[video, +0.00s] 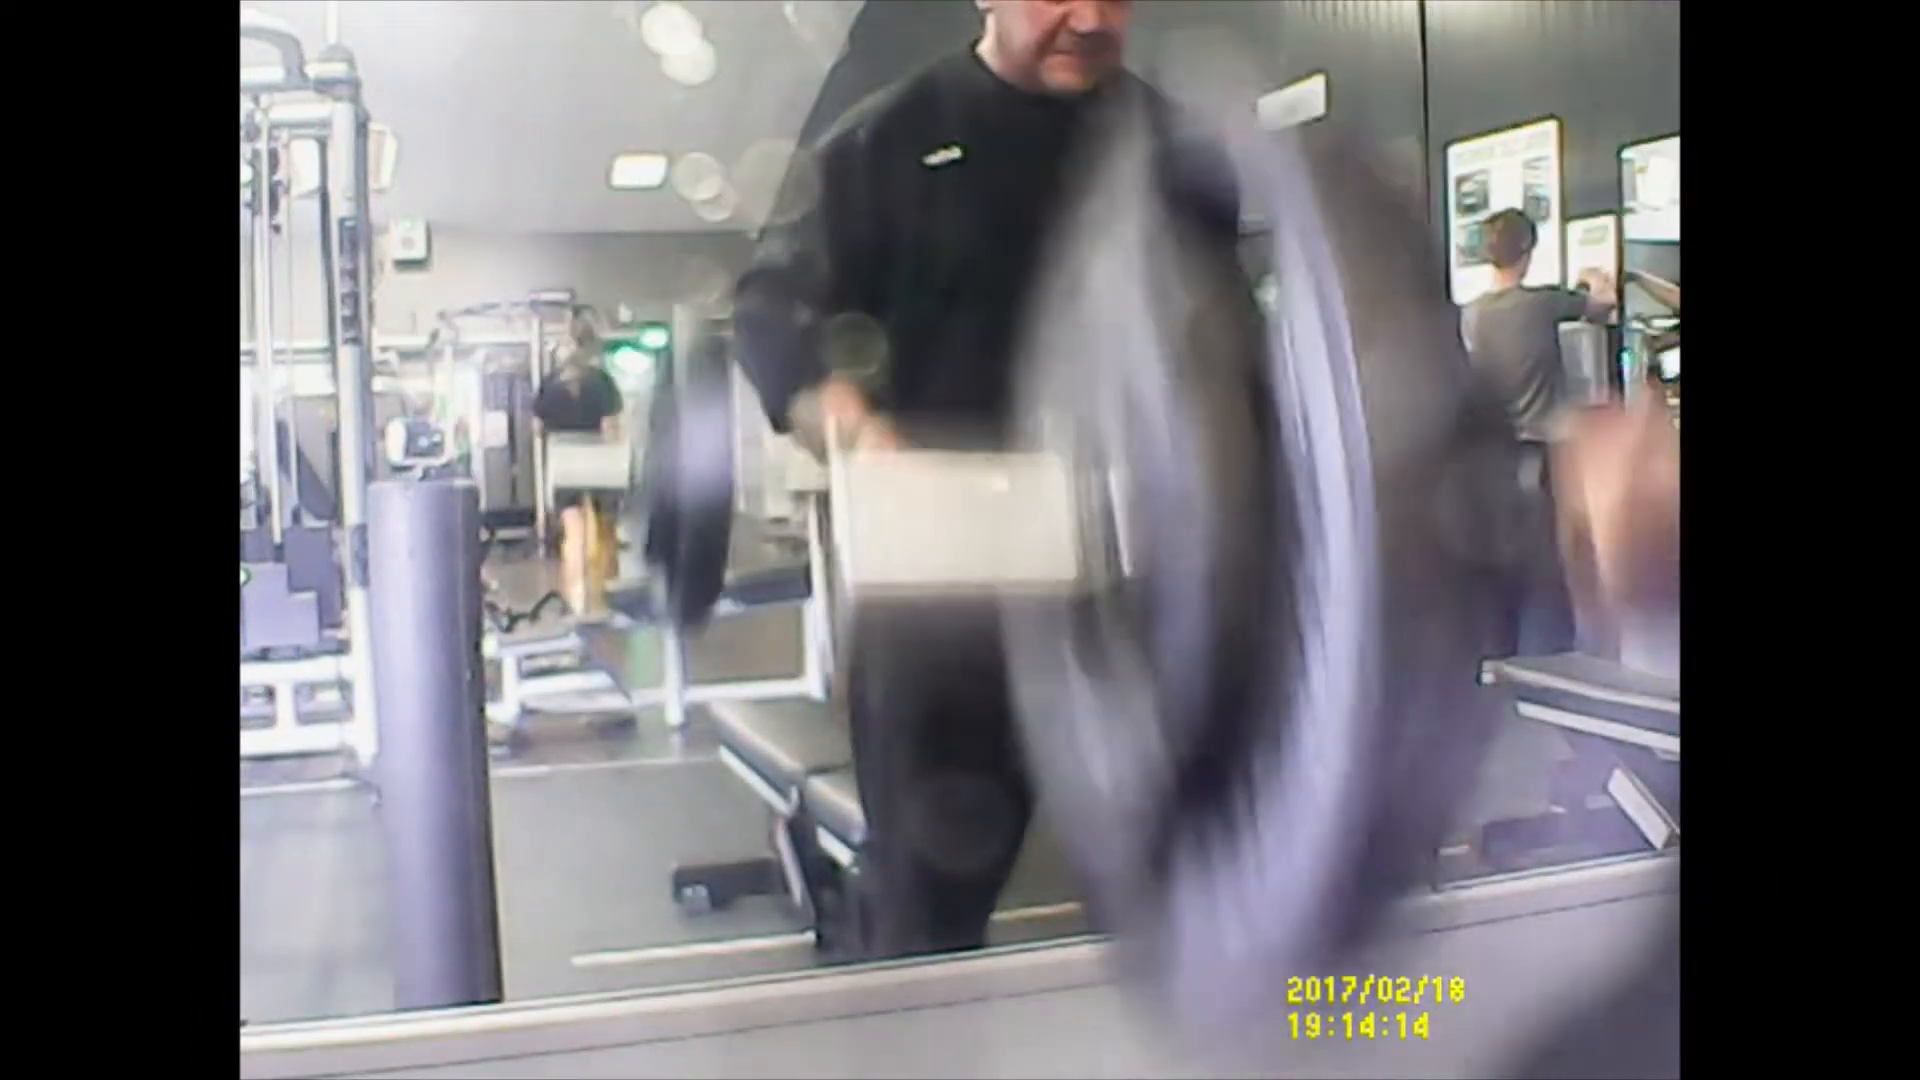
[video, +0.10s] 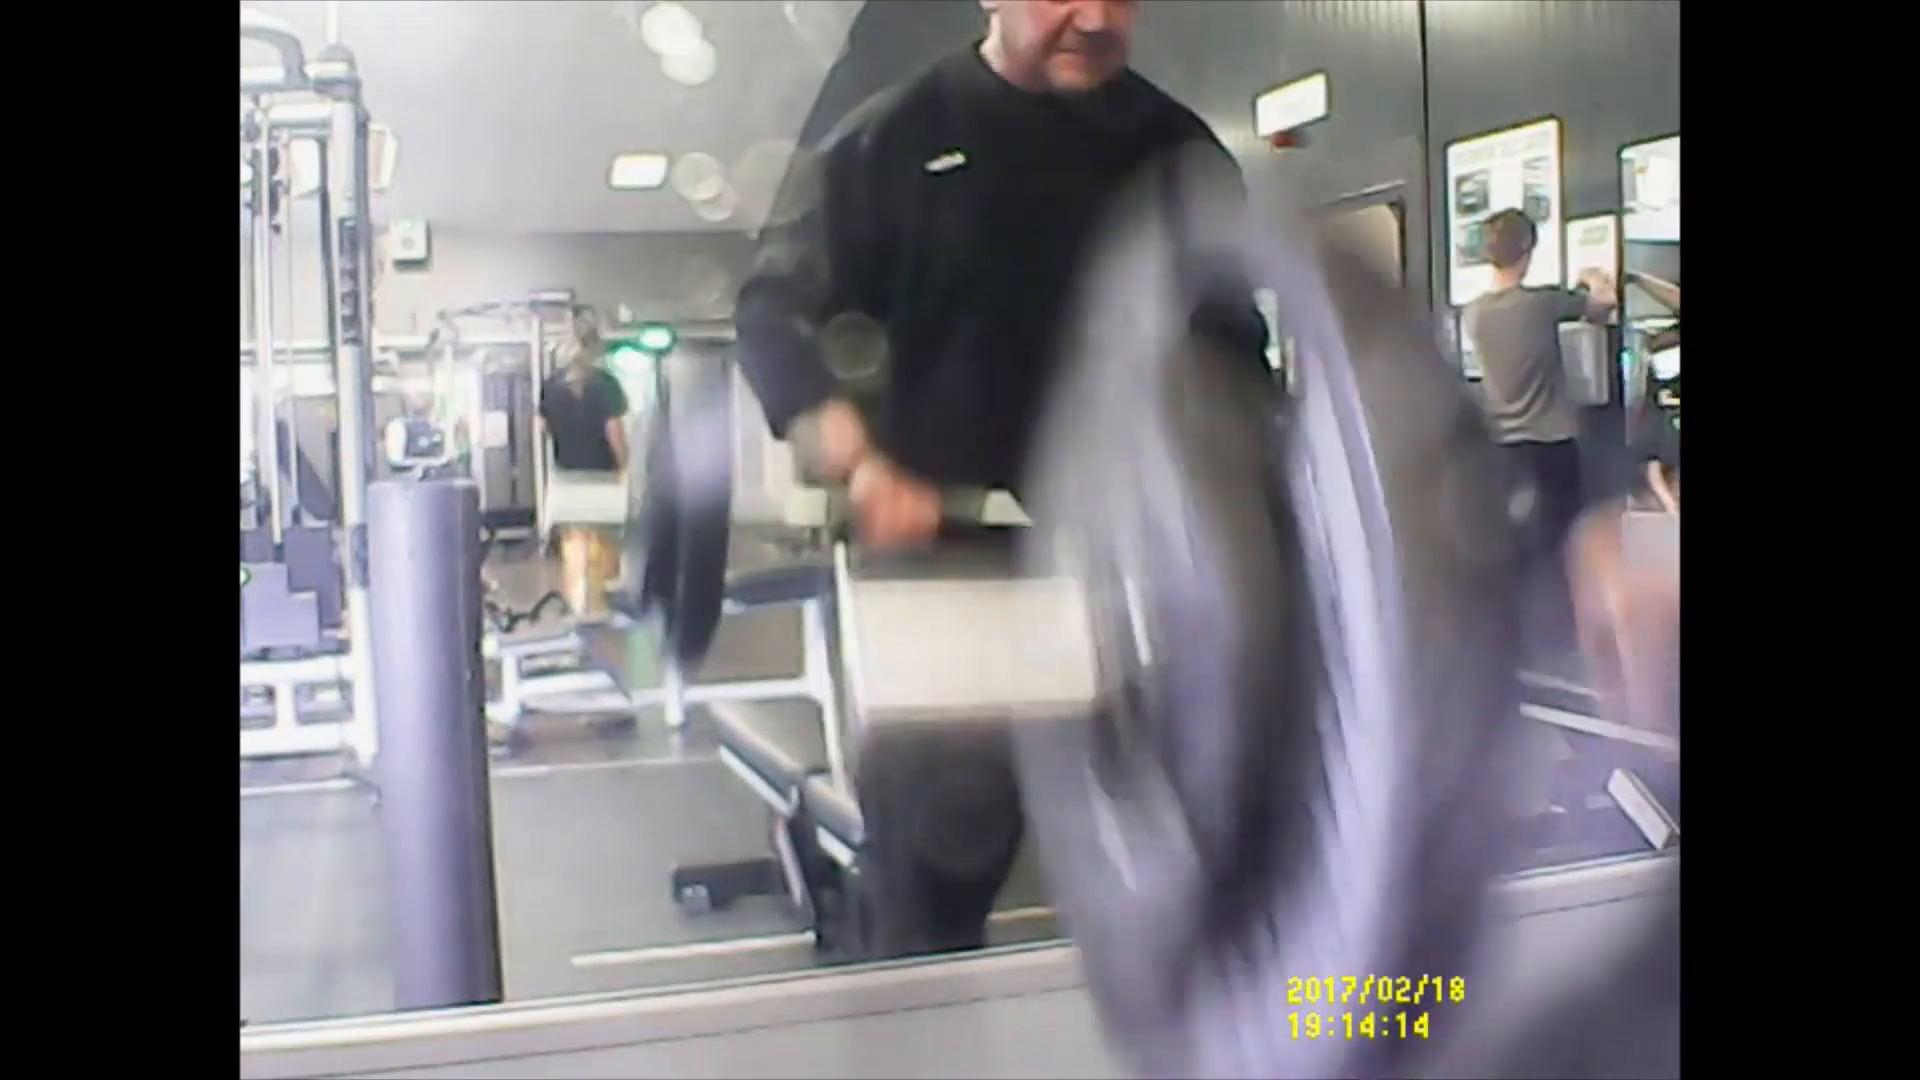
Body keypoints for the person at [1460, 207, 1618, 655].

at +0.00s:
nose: (1525, 254)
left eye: (1501, 248)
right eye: (1527, 246)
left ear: (1487, 253)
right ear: (1529, 251)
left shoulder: (1475, 313)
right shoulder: (1542, 303)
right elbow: (1603, 305)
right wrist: (1596, 280)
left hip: (1493, 438)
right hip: (1541, 438)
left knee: (1500, 550)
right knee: (1546, 551)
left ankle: (1497, 656)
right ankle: (1549, 656)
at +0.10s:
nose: (1527, 253)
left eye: (1501, 248)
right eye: (1528, 246)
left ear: (1487, 254)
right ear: (1529, 251)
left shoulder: (1476, 312)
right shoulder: (1542, 302)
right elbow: (1604, 306)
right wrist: (1594, 280)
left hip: (1501, 438)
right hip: (1552, 436)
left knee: (1497, 534)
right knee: (1560, 531)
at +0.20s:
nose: (1525, 255)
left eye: (1498, 248)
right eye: (1527, 247)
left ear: (1488, 253)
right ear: (1530, 251)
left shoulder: (1476, 313)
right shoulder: (1542, 303)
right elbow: (1604, 303)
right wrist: (1593, 279)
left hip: (1497, 447)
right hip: (1548, 445)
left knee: (1503, 555)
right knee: (1553, 551)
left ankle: (1504, 654)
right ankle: (1556, 653)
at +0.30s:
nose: (1528, 253)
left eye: (1494, 246)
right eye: (1529, 245)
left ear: (1489, 252)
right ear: (1531, 250)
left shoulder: (1475, 312)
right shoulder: (1546, 301)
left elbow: (1474, 345)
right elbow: (1604, 303)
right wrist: (1593, 281)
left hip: (1496, 445)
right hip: (1549, 443)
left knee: (1501, 551)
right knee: (1553, 549)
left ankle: (1504, 645)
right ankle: (1556, 645)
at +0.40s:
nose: (1530, 255)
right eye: (1530, 248)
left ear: (1489, 254)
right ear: (1530, 252)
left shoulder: (1470, 313)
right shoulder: (1542, 301)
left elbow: (1471, 362)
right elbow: (1603, 302)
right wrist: (1592, 280)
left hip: (1494, 451)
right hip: (1547, 448)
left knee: (1500, 559)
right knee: (1552, 560)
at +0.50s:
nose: (1528, 255)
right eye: (1528, 247)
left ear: (1487, 252)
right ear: (1529, 251)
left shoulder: (1471, 312)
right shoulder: (1545, 302)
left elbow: (1473, 363)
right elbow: (1603, 302)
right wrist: (1591, 280)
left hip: (1495, 449)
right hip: (1549, 447)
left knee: (1500, 556)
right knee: (1553, 556)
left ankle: (1504, 658)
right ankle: (1558, 657)